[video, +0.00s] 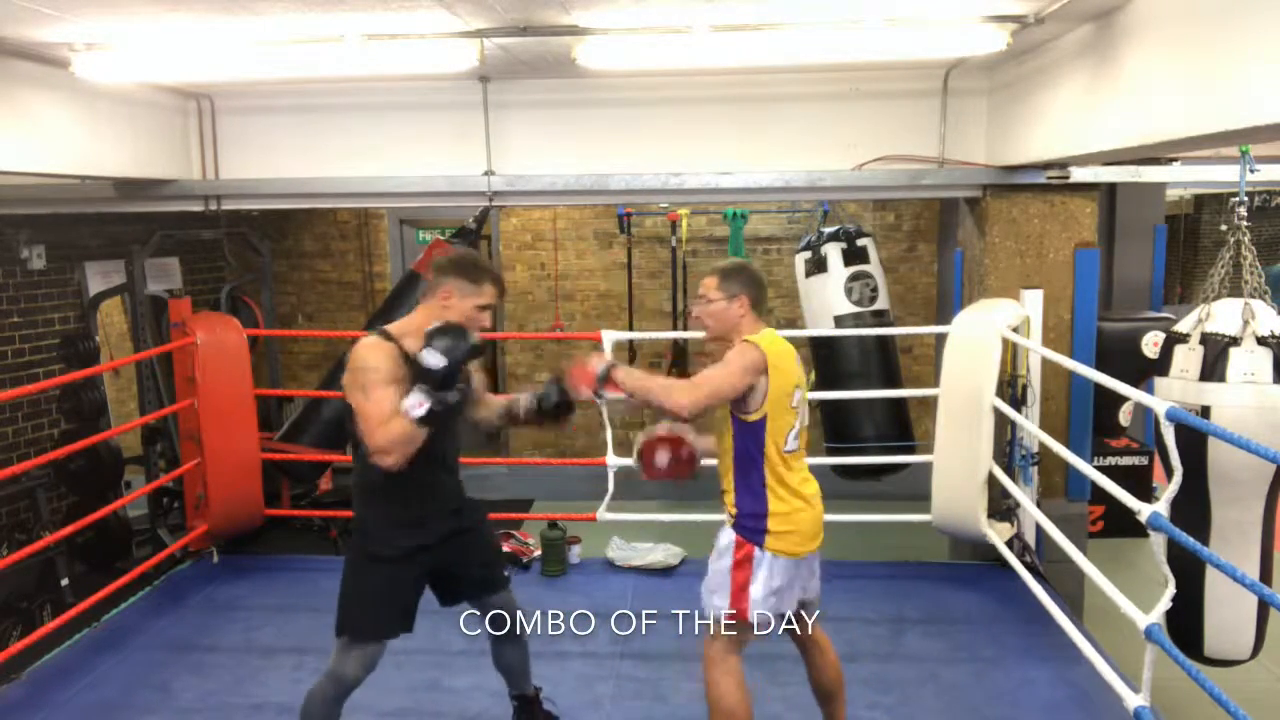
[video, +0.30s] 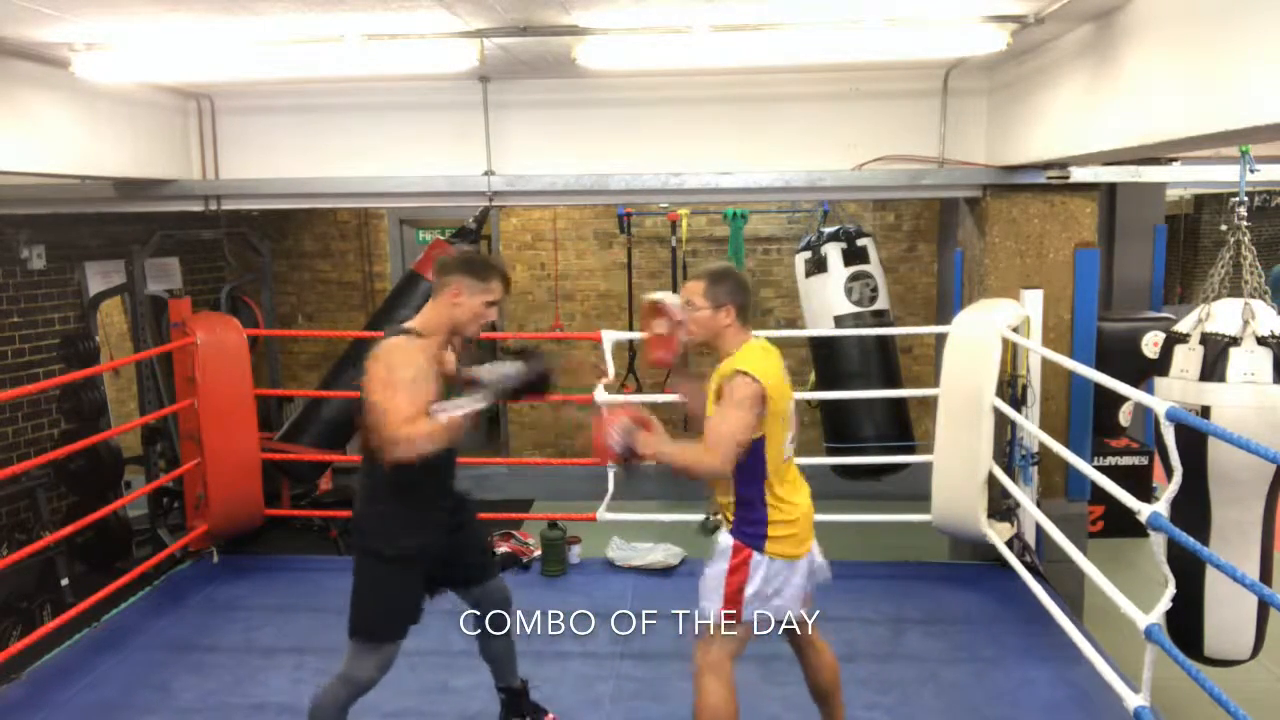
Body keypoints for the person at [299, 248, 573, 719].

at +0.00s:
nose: (489, 323)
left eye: (491, 312)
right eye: (482, 310)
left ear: (449, 300)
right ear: (444, 297)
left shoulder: (450, 350)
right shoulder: (374, 353)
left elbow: (482, 409)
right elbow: (386, 450)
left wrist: (537, 402)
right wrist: (431, 388)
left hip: (451, 520)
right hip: (388, 532)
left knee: (504, 617)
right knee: (355, 661)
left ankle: (526, 705)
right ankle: (316, 713)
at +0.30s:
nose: (494, 319)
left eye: (497, 307)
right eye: (489, 305)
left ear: (456, 299)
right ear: (454, 296)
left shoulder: (440, 350)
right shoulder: (401, 352)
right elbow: (399, 441)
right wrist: (469, 409)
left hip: (441, 516)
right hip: (392, 526)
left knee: (495, 605)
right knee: (366, 666)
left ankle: (515, 704)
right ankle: (322, 714)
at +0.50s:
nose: (513, 337)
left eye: (519, 328)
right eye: (513, 324)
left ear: (477, 307)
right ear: (480, 307)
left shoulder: (447, 351)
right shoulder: (437, 366)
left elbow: (464, 426)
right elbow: (477, 454)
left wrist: (500, 393)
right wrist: (524, 404)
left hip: (443, 520)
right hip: (401, 531)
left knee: (496, 604)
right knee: (386, 675)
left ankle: (515, 703)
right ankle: (328, 717)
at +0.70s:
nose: (521, 357)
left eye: (524, 347)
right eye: (519, 347)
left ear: (489, 339)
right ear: (490, 341)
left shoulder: (463, 369)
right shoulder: (416, 398)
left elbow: (471, 438)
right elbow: (409, 489)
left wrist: (511, 415)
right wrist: (472, 471)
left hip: (443, 521)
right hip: (392, 534)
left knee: (505, 606)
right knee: (370, 675)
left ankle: (517, 704)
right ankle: (318, 715)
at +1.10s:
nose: (506, 336)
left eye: (508, 325)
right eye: (502, 323)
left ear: (467, 314)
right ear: (467, 312)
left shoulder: (467, 363)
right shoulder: (395, 368)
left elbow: (511, 388)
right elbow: (357, 463)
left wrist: (538, 388)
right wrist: (442, 433)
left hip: (443, 518)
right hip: (389, 529)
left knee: (504, 611)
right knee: (362, 677)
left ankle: (513, 704)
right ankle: (313, 717)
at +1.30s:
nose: (551, 363)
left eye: (553, 348)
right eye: (544, 347)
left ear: (506, 335)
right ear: (514, 337)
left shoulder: (459, 361)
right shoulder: (489, 380)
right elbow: (533, 467)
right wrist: (597, 437)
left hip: (455, 532)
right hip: (415, 544)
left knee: (519, 608)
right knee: (405, 694)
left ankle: (514, 702)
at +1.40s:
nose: (578, 399)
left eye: (583, 389)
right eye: (577, 387)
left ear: (547, 373)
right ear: (548, 373)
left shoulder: (512, 406)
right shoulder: (487, 413)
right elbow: (470, 508)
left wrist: (550, 461)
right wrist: (539, 493)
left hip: (463, 543)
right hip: (417, 554)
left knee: (532, 613)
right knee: (440, 693)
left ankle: (515, 701)